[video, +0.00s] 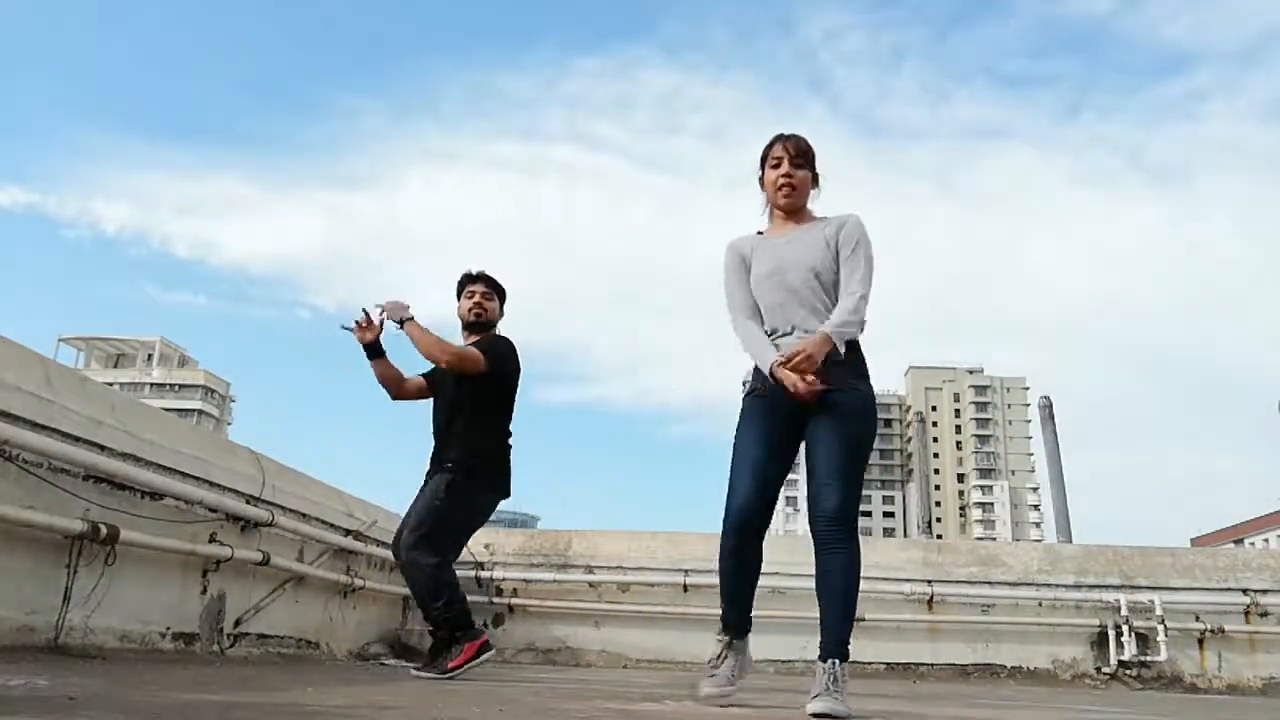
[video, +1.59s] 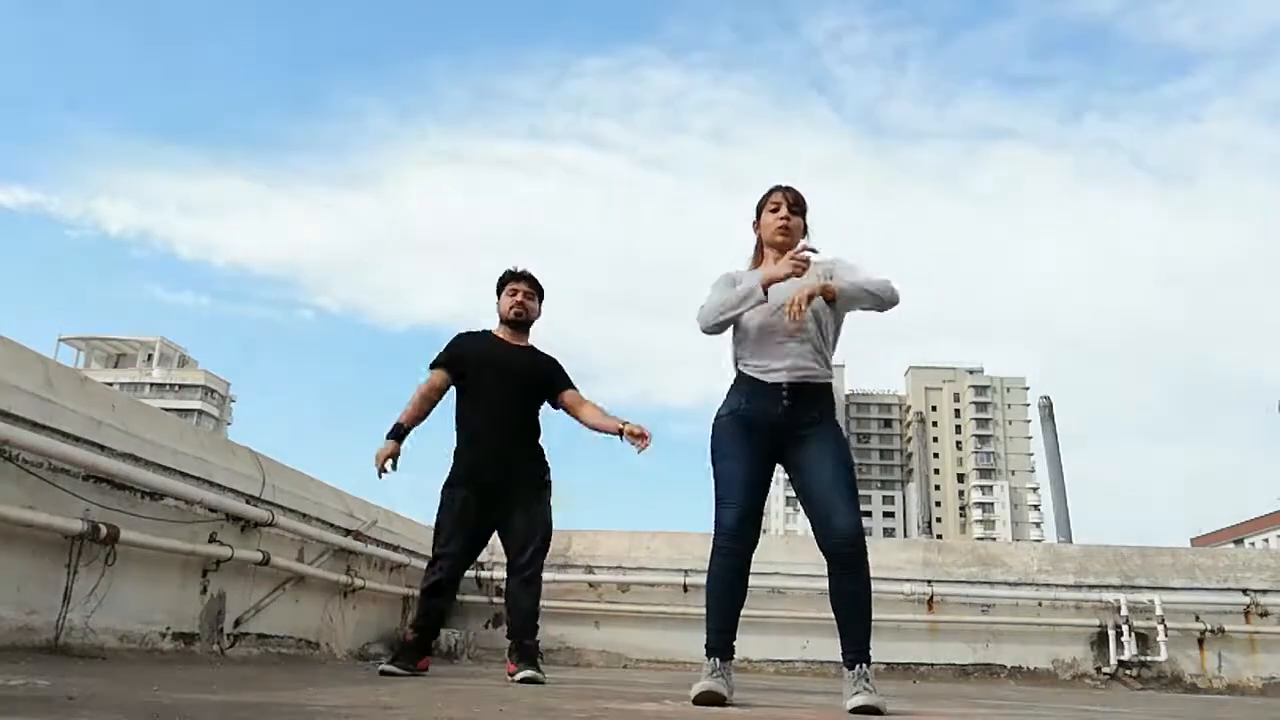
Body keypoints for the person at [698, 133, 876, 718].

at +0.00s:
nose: (786, 171)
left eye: (797, 164)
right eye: (776, 163)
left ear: (814, 179)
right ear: (762, 179)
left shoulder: (844, 229)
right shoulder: (741, 248)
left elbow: (855, 303)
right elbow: (743, 319)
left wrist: (823, 340)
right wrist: (780, 368)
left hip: (838, 383)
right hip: (770, 385)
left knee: (833, 519)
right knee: (742, 514)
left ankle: (832, 668)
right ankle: (733, 646)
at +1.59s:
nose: (784, 215)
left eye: (794, 209)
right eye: (775, 209)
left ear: (806, 229)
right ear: (756, 227)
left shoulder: (829, 270)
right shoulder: (738, 279)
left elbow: (887, 295)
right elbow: (708, 321)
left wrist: (825, 285)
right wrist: (767, 278)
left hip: (813, 417)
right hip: (746, 414)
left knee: (846, 538)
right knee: (734, 532)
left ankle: (858, 673)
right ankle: (717, 666)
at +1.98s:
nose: (785, 215)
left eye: (794, 210)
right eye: (774, 208)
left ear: (804, 230)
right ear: (755, 224)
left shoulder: (827, 282)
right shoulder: (728, 279)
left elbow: (843, 352)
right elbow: (681, 328)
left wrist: (889, 302)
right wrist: (710, 329)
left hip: (813, 418)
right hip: (745, 418)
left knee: (851, 534)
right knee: (731, 532)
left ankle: (859, 672)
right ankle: (717, 667)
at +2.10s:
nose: (785, 212)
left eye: (794, 207)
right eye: (775, 205)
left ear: (805, 224)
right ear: (756, 220)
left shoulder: (828, 280)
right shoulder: (730, 280)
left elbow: (853, 352)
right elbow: (715, 352)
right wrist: (688, 397)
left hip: (809, 413)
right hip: (740, 413)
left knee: (843, 534)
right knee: (729, 535)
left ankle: (858, 672)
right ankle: (717, 668)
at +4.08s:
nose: (781, 198)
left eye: (789, 193)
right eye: (769, 192)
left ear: (799, 212)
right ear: (749, 212)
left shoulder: (827, 270)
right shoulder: (725, 271)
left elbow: (864, 334)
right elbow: (688, 335)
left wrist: (889, 361)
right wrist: (692, 355)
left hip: (811, 408)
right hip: (744, 408)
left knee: (828, 535)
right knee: (738, 534)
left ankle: (854, 672)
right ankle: (719, 668)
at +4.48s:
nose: (773, 206)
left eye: (781, 202)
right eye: (762, 197)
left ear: (785, 221)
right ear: (738, 211)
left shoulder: (800, 274)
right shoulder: (705, 267)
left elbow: (828, 331)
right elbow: (678, 326)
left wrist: (839, 365)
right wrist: (732, 351)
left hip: (785, 411)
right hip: (721, 411)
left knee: (833, 506)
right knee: (719, 534)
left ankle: (832, 642)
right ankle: (704, 666)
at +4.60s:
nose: (775, 205)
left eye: (782, 201)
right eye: (765, 195)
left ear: (785, 217)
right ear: (738, 205)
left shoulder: (794, 279)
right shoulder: (702, 260)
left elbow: (812, 356)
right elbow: (647, 328)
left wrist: (874, 375)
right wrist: (647, 315)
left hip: (780, 403)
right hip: (720, 403)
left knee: (847, 447)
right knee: (717, 534)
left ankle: (776, 536)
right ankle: (703, 664)